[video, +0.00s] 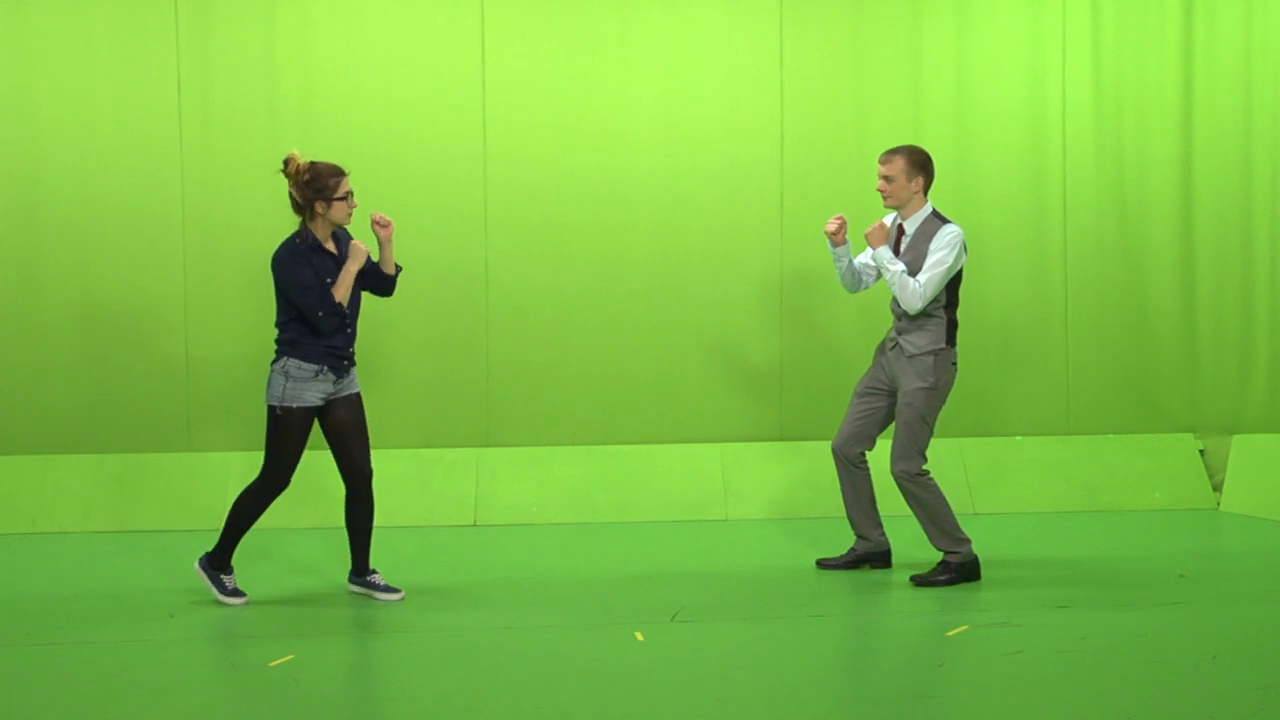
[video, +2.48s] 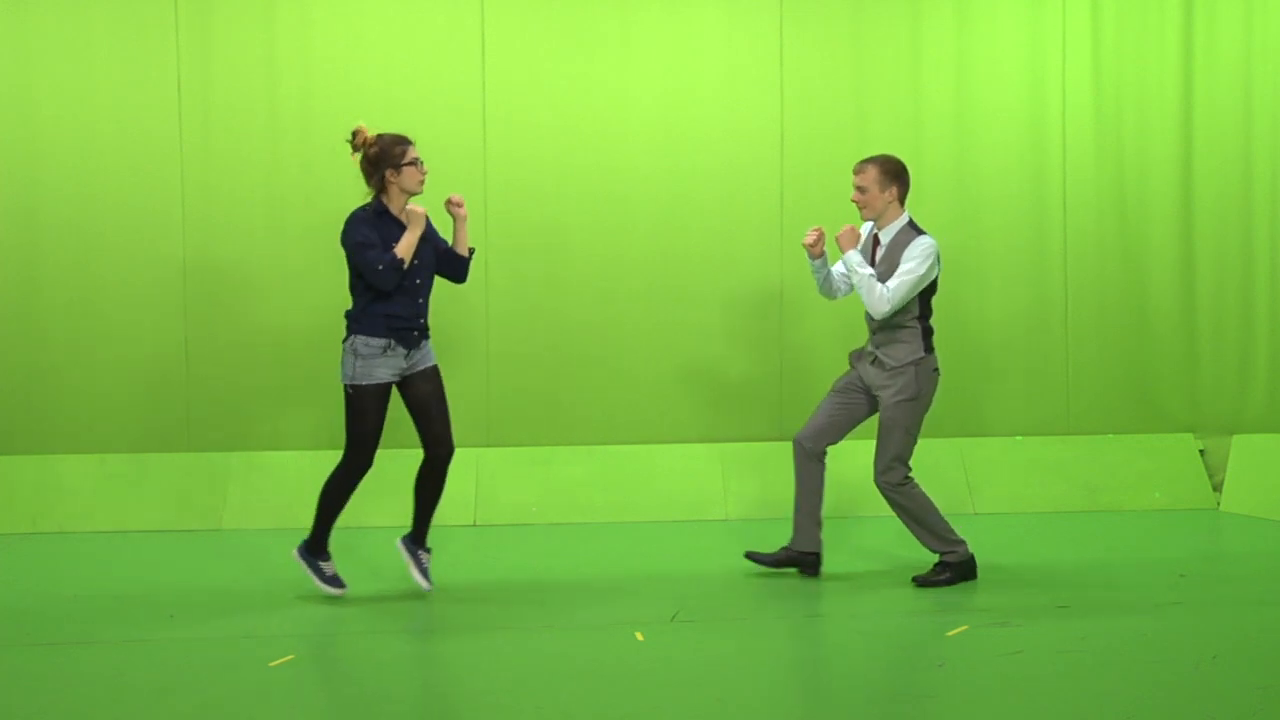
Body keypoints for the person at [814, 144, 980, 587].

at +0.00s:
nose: (881, 187)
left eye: (888, 180)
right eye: (880, 179)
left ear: (918, 184)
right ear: (895, 185)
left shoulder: (949, 236)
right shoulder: (892, 229)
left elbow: (914, 299)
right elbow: (854, 281)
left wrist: (883, 251)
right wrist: (840, 246)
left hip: (928, 360)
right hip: (892, 353)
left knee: (906, 465)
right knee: (848, 447)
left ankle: (961, 557)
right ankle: (872, 546)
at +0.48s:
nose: (883, 189)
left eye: (890, 182)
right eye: (882, 181)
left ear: (921, 186)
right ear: (900, 188)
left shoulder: (950, 239)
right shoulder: (892, 229)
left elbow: (911, 299)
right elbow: (851, 279)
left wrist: (883, 249)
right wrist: (841, 239)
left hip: (926, 362)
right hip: (889, 357)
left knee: (903, 467)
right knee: (843, 448)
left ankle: (961, 557)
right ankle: (871, 546)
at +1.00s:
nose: (882, 194)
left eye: (888, 186)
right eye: (881, 187)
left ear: (919, 187)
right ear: (900, 190)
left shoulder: (951, 238)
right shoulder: (894, 232)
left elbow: (907, 292)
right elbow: (852, 279)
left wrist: (883, 241)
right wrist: (841, 242)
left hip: (924, 363)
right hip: (887, 357)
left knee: (901, 468)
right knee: (842, 449)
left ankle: (961, 557)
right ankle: (871, 546)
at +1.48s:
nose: (885, 193)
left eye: (891, 185)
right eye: (883, 185)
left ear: (922, 187)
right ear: (900, 190)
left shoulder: (953, 238)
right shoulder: (897, 231)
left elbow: (911, 294)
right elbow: (856, 279)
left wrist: (885, 243)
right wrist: (842, 243)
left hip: (927, 363)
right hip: (891, 356)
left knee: (903, 468)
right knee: (844, 449)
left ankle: (961, 557)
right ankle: (871, 546)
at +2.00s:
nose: (880, 183)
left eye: (887, 175)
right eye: (879, 175)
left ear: (917, 177)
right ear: (895, 180)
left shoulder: (950, 229)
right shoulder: (890, 224)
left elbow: (914, 289)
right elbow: (853, 276)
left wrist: (884, 239)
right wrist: (838, 240)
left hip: (930, 355)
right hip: (892, 349)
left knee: (910, 460)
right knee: (854, 446)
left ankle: (960, 556)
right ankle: (872, 546)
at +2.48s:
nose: (855, 198)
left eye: (862, 190)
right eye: (854, 190)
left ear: (893, 193)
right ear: (882, 194)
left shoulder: (921, 248)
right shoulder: (868, 239)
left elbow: (881, 305)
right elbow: (833, 287)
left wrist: (851, 255)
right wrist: (818, 258)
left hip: (909, 370)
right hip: (871, 365)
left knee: (890, 475)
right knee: (808, 443)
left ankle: (957, 557)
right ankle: (805, 550)